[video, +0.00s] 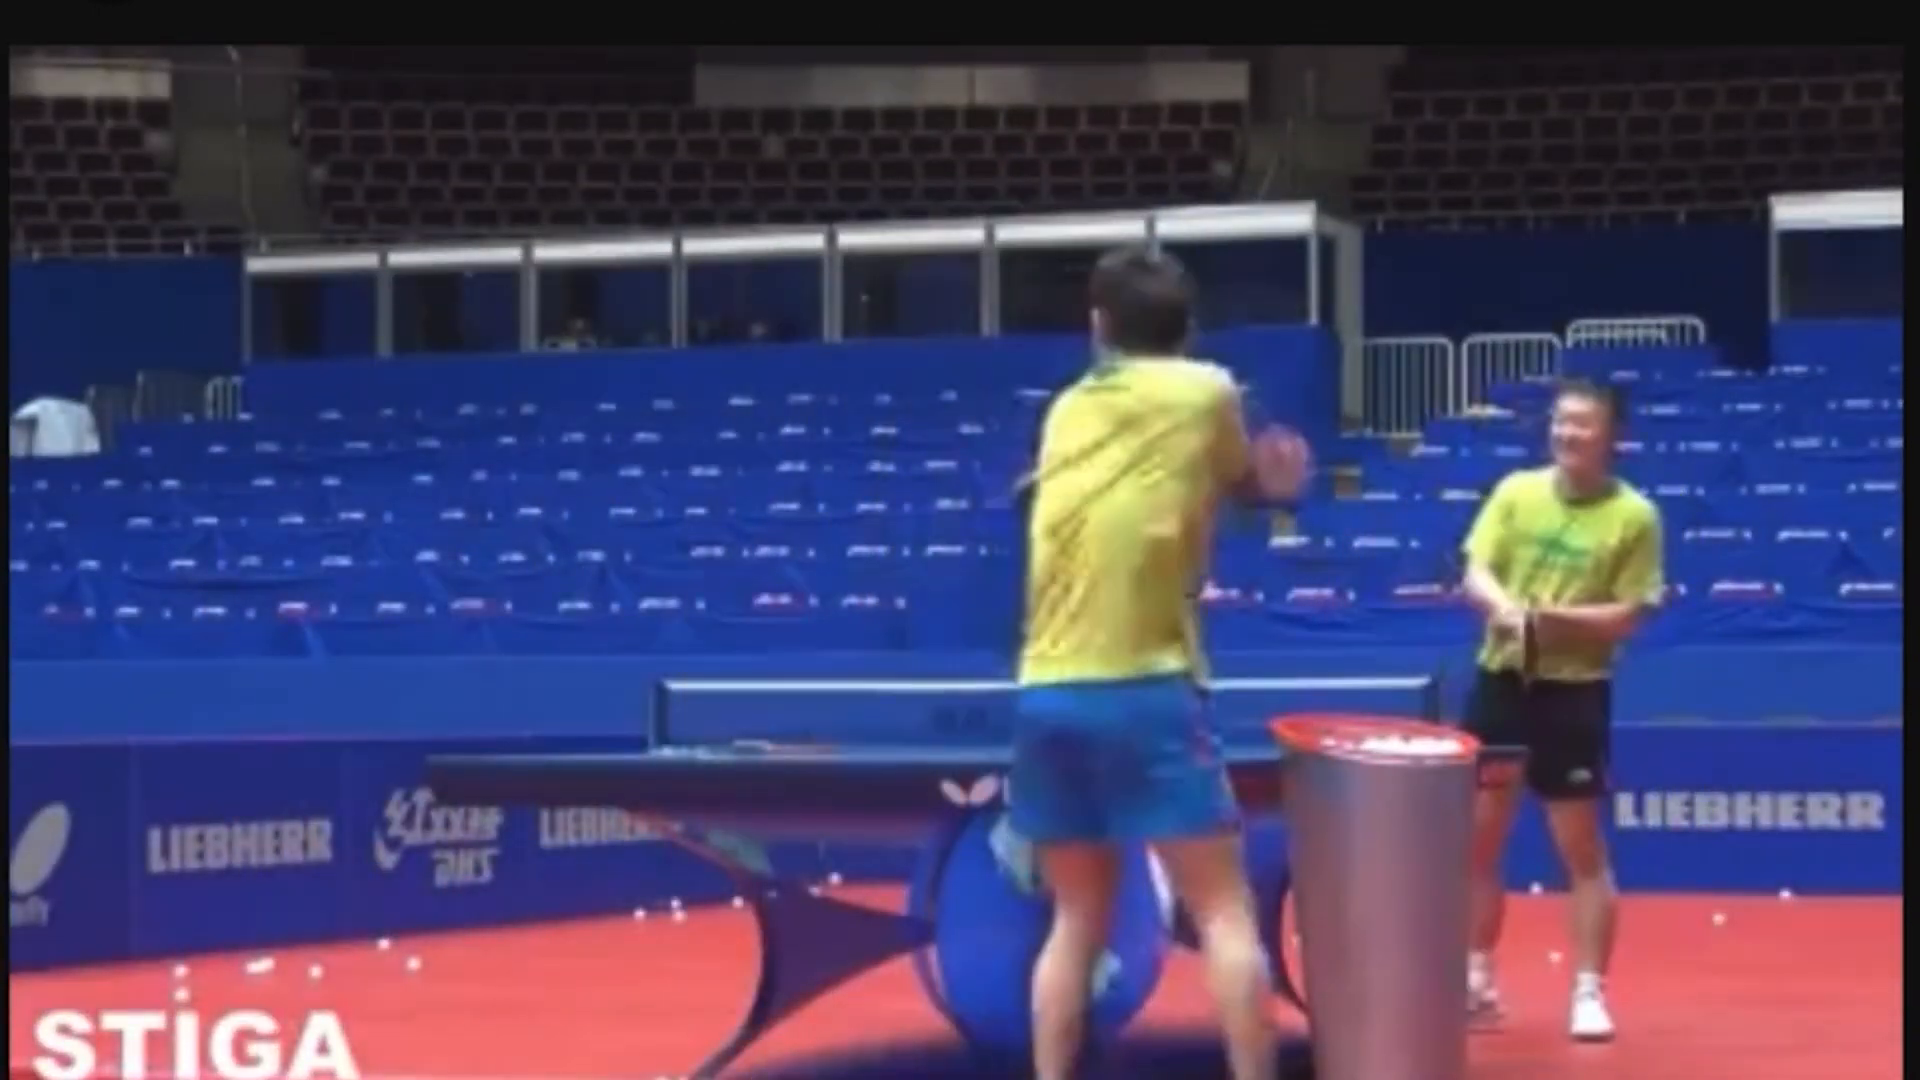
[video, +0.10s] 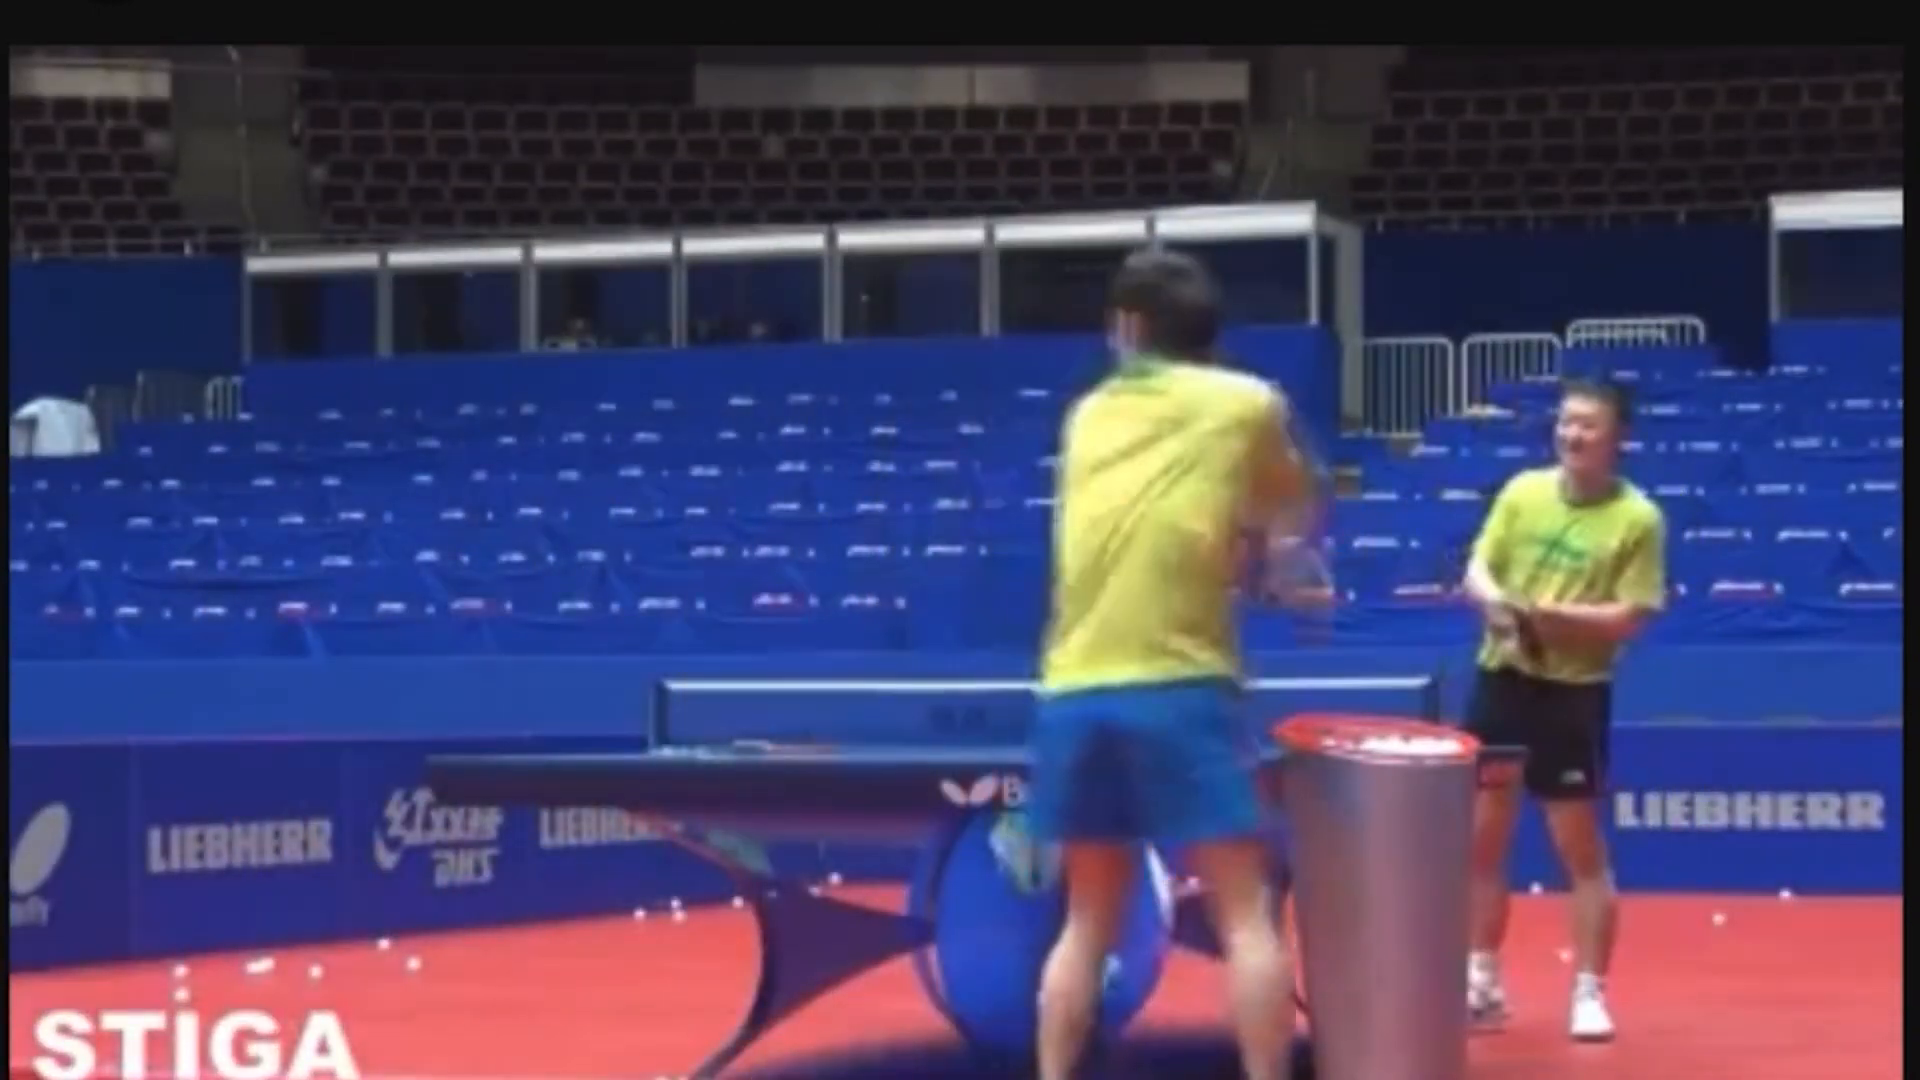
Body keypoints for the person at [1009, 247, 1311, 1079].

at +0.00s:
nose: (1090, 324)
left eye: (1091, 314)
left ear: (1100, 324)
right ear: (1184, 326)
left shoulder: (1065, 411)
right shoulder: (1209, 392)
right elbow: (1239, 483)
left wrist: (1256, 478)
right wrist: (1275, 474)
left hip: (1047, 698)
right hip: (1150, 695)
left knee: (1074, 915)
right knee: (1221, 912)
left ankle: (1051, 1072)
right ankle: (1253, 1069)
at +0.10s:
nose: (1112, 333)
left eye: (1114, 323)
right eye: (1115, 324)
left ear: (1127, 326)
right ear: (1209, 328)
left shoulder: (1088, 415)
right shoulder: (1246, 403)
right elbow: (1291, 510)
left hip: (1073, 701)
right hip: (1182, 697)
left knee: (1086, 919)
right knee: (1243, 915)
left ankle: (1052, 1072)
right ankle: (1268, 1070)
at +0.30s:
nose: (1168, 345)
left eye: (1175, 330)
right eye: (1170, 331)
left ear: (1200, 332)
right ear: (1266, 338)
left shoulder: (1144, 422)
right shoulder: (1325, 420)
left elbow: (1148, 545)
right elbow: (1385, 553)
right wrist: (1363, 616)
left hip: (1135, 681)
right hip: (1257, 686)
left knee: (1106, 907)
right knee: (1279, 921)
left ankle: (1083, 1070)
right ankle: (1278, 1072)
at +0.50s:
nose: (1208, 356)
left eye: (1212, 340)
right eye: (1209, 341)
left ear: (1235, 338)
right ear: (1305, 345)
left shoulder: (1188, 426)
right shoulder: (1365, 424)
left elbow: (1192, 557)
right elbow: (1406, 568)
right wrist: (1397, 665)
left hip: (1165, 674)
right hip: (1285, 681)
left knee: (1134, 909)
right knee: (1293, 927)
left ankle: (1112, 1072)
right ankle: (1283, 1073)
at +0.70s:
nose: (1221, 365)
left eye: (1226, 348)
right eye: (1222, 349)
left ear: (1257, 343)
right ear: (1312, 350)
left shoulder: (1206, 429)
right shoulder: (1385, 426)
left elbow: (1210, 555)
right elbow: (1419, 571)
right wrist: (1392, 688)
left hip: (1183, 676)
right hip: (1303, 684)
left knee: (1140, 911)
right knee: (1303, 931)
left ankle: (1112, 1072)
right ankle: (1285, 1073)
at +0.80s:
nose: (1221, 369)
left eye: (1227, 351)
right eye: (1221, 353)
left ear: (1260, 344)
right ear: (1311, 350)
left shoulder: (1207, 429)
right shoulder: (1390, 427)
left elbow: (1214, 551)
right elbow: (1424, 574)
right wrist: (1392, 688)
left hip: (1188, 677)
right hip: (1310, 685)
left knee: (1142, 910)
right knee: (1306, 932)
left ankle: (1113, 1072)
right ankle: (1287, 1073)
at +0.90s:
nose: (1215, 369)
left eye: (1222, 351)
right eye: (1215, 353)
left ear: (1259, 344)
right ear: (1308, 351)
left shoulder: (1206, 429)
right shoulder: (1390, 428)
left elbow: (1217, 553)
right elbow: (1425, 575)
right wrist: (1395, 693)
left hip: (1191, 675)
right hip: (1313, 685)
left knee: (1143, 910)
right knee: (1306, 936)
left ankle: (1112, 1072)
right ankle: (1287, 1073)